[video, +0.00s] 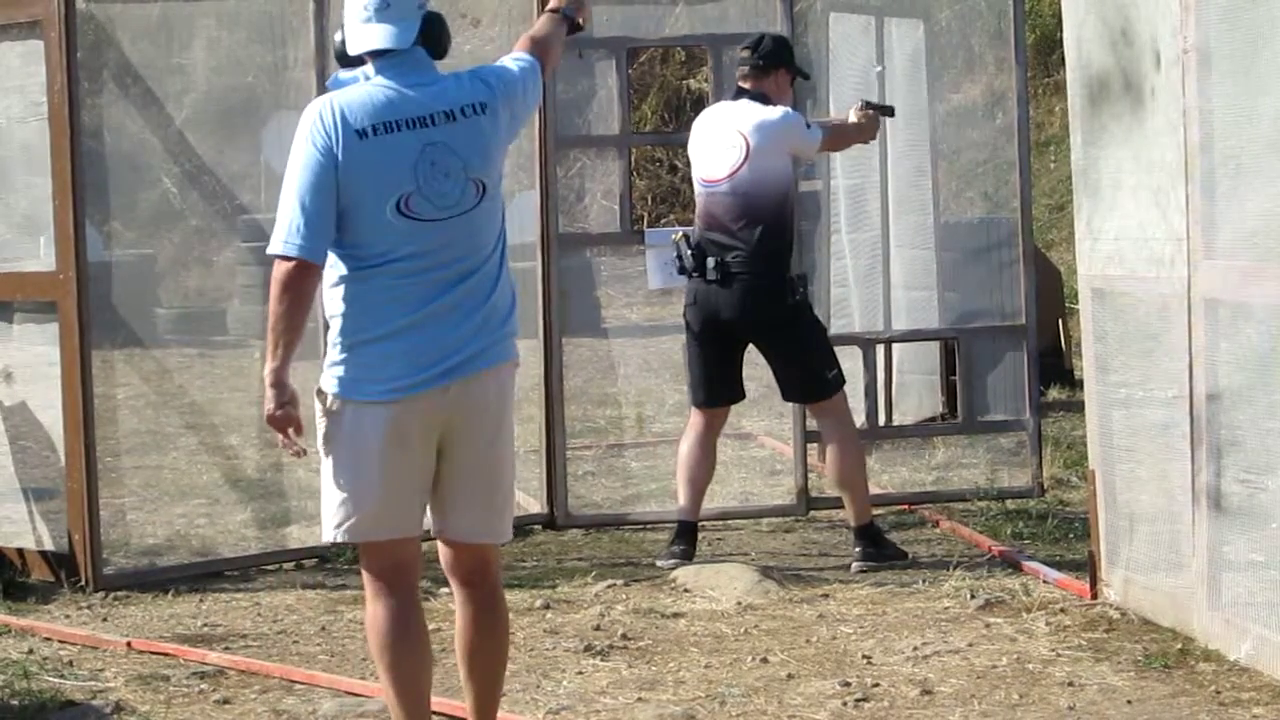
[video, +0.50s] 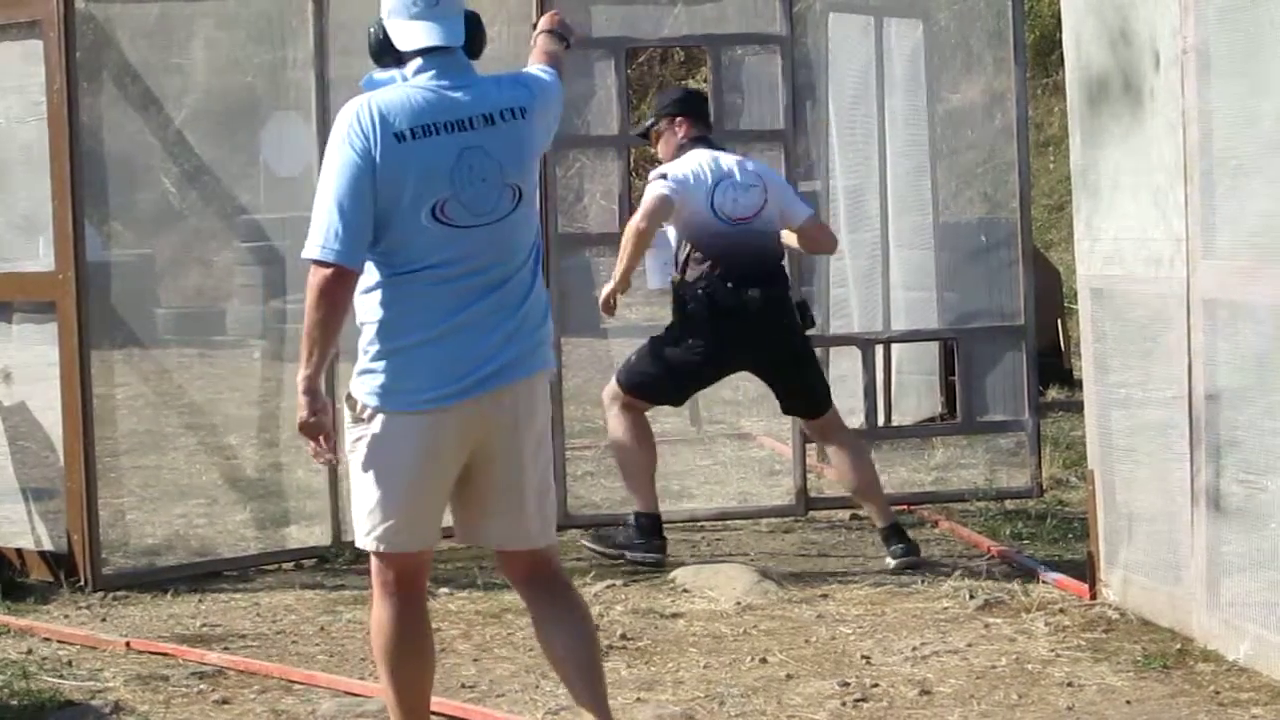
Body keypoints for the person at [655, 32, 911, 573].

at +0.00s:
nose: (792, 90)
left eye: (792, 83)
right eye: (791, 81)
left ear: (742, 75)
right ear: (777, 77)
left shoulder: (702, 121)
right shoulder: (782, 123)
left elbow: (795, 137)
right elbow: (842, 137)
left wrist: (844, 126)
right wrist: (865, 122)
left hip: (705, 297)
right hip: (768, 296)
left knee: (703, 419)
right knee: (834, 418)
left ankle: (682, 539)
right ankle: (867, 538)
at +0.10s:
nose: (790, 91)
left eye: (790, 83)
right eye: (789, 82)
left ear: (740, 77)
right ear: (775, 79)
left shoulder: (702, 123)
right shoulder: (780, 123)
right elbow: (833, 145)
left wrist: (841, 131)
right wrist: (860, 127)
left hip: (704, 298)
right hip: (767, 296)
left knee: (702, 418)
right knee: (832, 412)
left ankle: (680, 539)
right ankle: (866, 537)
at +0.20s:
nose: (791, 93)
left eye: (788, 86)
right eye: (791, 86)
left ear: (738, 85)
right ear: (783, 84)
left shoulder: (705, 134)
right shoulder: (786, 130)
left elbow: (762, 181)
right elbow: (847, 185)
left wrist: (827, 147)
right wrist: (854, 146)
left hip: (711, 298)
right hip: (777, 296)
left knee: (703, 420)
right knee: (837, 413)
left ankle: (679, 540)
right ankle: (883, 533)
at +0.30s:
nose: (732, 115)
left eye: (733, 109)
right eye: (740, 109)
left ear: (741, 109)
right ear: (785, 108)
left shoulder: (710, 163)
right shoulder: (806, 151)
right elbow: (866, 222)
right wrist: (850, 180)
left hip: (724, 309)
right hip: (793, 308)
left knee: (690, 413)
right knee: (846, 420)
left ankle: (681, 535)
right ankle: (895, 538)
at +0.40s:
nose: (707, 140)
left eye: (709, 131)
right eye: (707, 132)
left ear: (726, 128)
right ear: (759, 129)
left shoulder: (703, 178)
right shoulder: (804, 173)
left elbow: (668, 265)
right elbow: (863, 246)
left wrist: (682, 297)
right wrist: (829, 212)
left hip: (727, 327)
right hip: (798, 327)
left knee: (663, 406)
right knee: (847, 427)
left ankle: (677, 532)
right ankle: (894, 537)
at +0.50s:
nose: (655, 147)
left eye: (658, 135)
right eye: (654, 137)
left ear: (680, 127)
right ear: (703, 129)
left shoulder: (673, 172)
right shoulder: (761, 173)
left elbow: (647, 217)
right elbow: (823, 241)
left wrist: (618, 280)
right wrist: (776, 233)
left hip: (711, 329)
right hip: (778, 329)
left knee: (620, 400)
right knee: (831, 430)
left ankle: (646, 529)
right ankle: (894, 536)